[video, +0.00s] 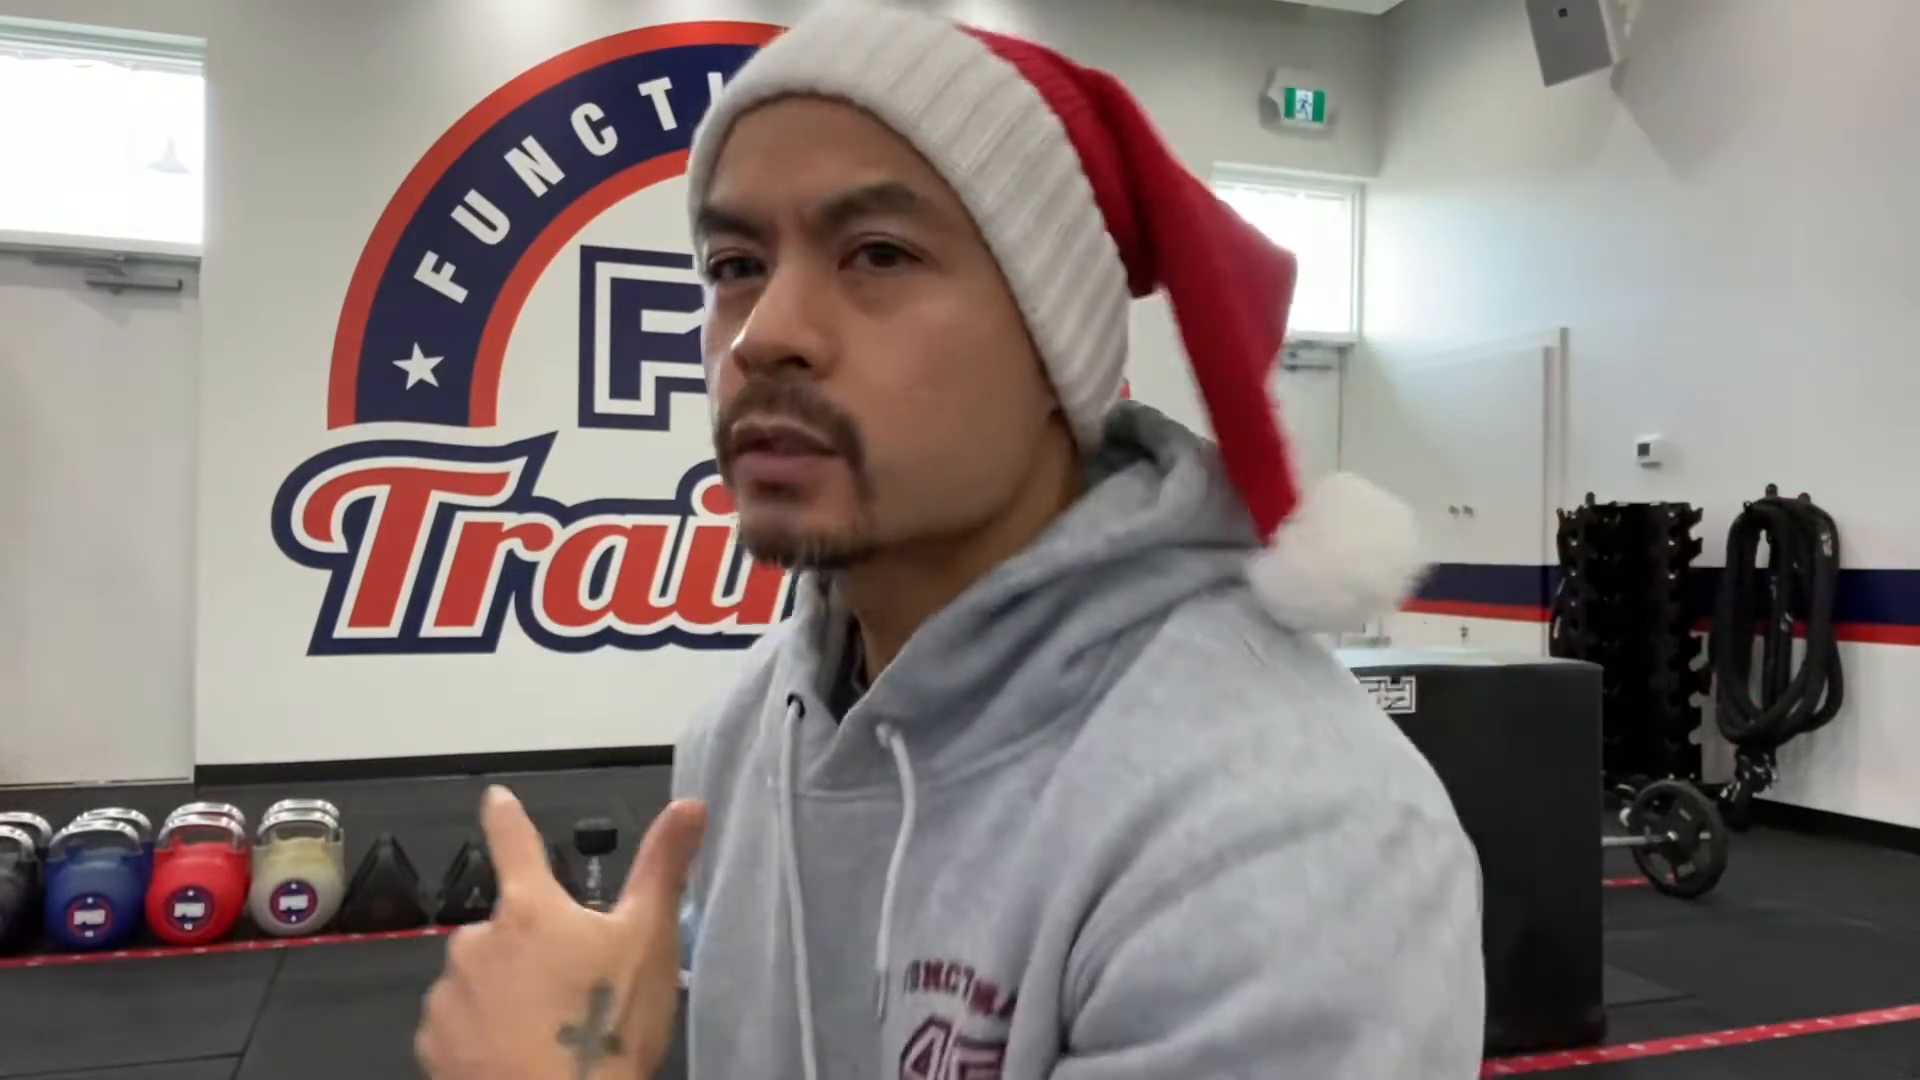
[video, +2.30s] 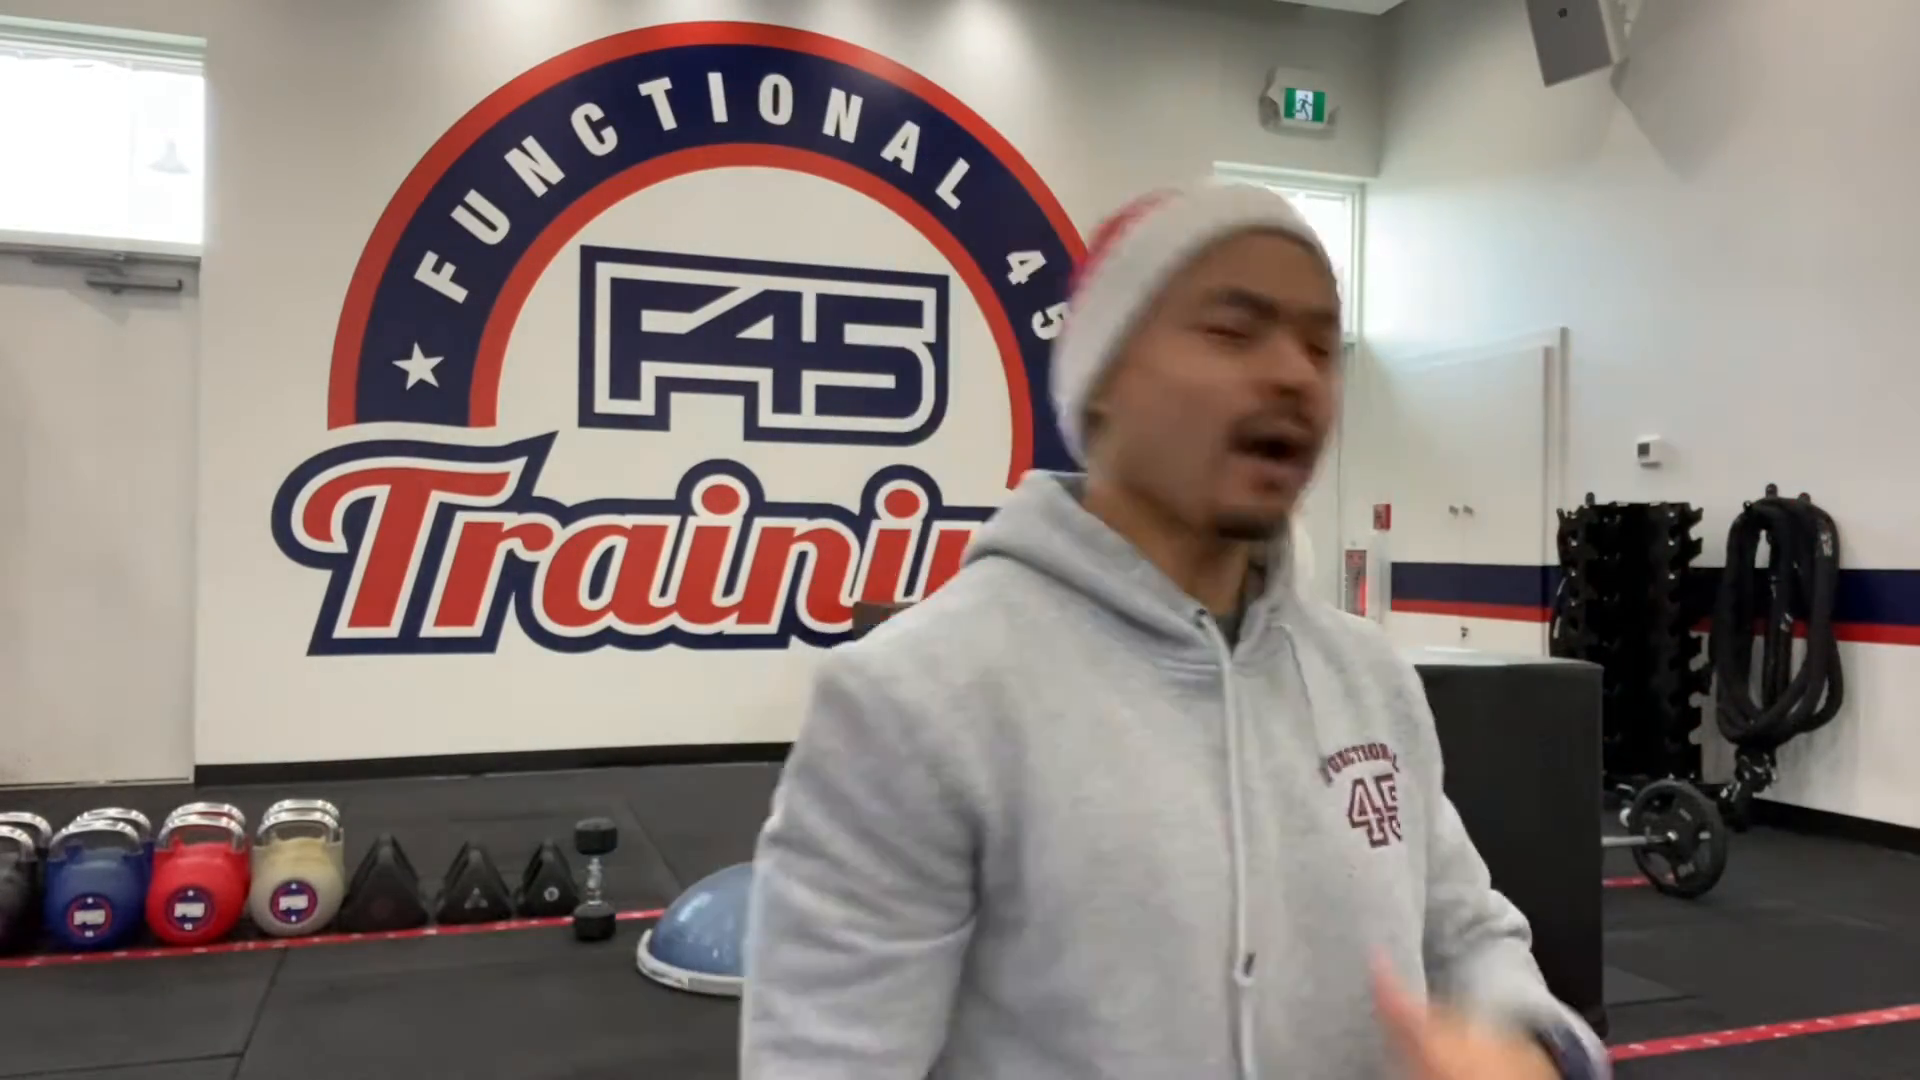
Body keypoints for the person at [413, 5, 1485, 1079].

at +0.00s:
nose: (767, 334)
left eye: (881, 256)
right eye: (738, 268)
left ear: (1082, 330)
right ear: (710, 304)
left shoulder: (1288, 831)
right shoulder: (737, 741)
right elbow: (663, 1053)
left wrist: (582, 1076)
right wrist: (589, 1057)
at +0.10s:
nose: (784, 331)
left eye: (884, 254)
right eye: (750, 275)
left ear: (1068, 313)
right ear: (725, 324)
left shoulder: (1305, 771)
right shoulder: (767, 741)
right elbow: (717, 1038)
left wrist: (671, 1066)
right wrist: (660, 1055)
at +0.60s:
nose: (928, 344)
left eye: (991, 294)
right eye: (885, 320)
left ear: (1116, 341)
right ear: (854, 394)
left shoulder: (1345, 634)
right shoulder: (852, 749)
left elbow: (1530, 1055)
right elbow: (869, 1051)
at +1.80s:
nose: (958, 308)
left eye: (1020, 264)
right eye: (899, 275)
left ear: (1111, 337)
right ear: (842, 352)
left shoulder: (1347, 665)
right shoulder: (711, 740)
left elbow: (1495, 1056)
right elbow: (695, 1069)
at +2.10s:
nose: (1083, 313)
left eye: (1128, 270)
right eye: (1010, 283)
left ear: (1190, 337)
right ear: (924, 374)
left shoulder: (1376, 658)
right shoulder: (771, 752)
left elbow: (1498, 1035)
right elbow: (725, 1064)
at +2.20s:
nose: (1164, 326)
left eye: (1197, 289)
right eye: (1091, 292)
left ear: (1244, 348)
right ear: (993, 379)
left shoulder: (1374, 664)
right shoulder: (836, 732)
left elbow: (1488, 1000)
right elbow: (778, 1071)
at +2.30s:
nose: (1296, 378)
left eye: (1319, 347)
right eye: (1233, 328)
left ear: (1338, 391)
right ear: (1099, 368)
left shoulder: (1369, 679)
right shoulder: (915, 697)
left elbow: (1474, 940)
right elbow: (823, 1053)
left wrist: (1500, 1040)